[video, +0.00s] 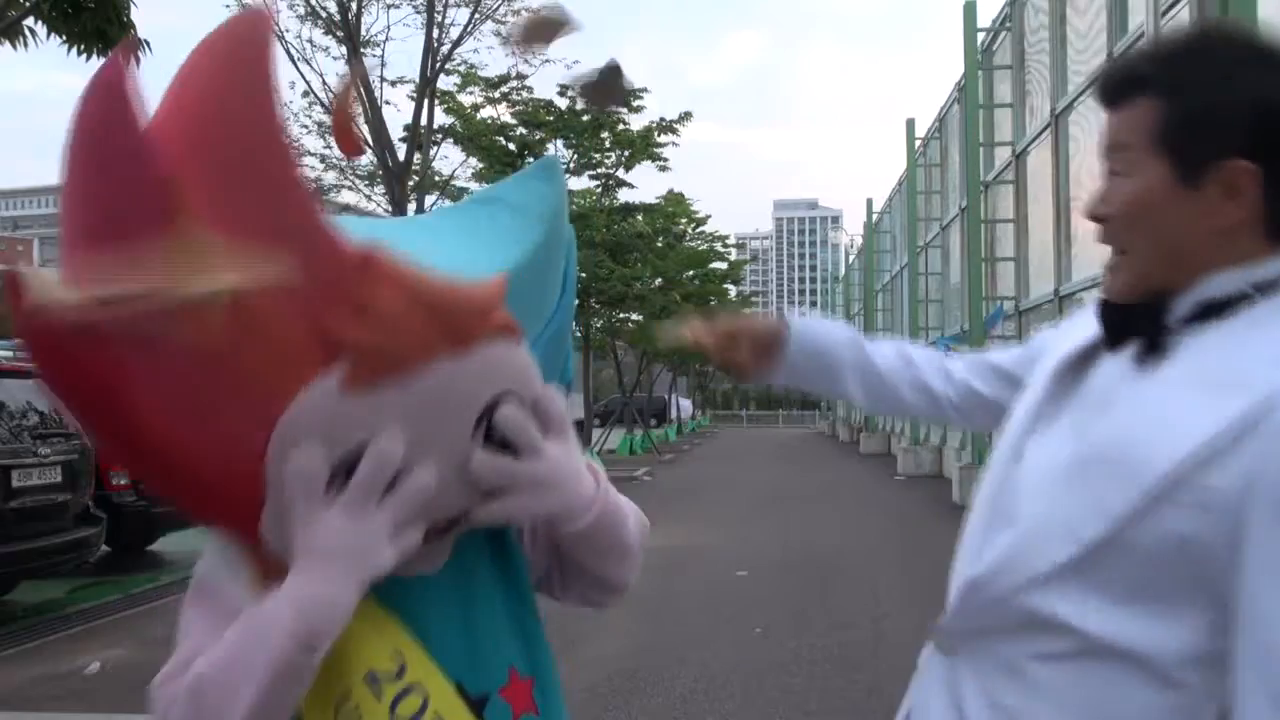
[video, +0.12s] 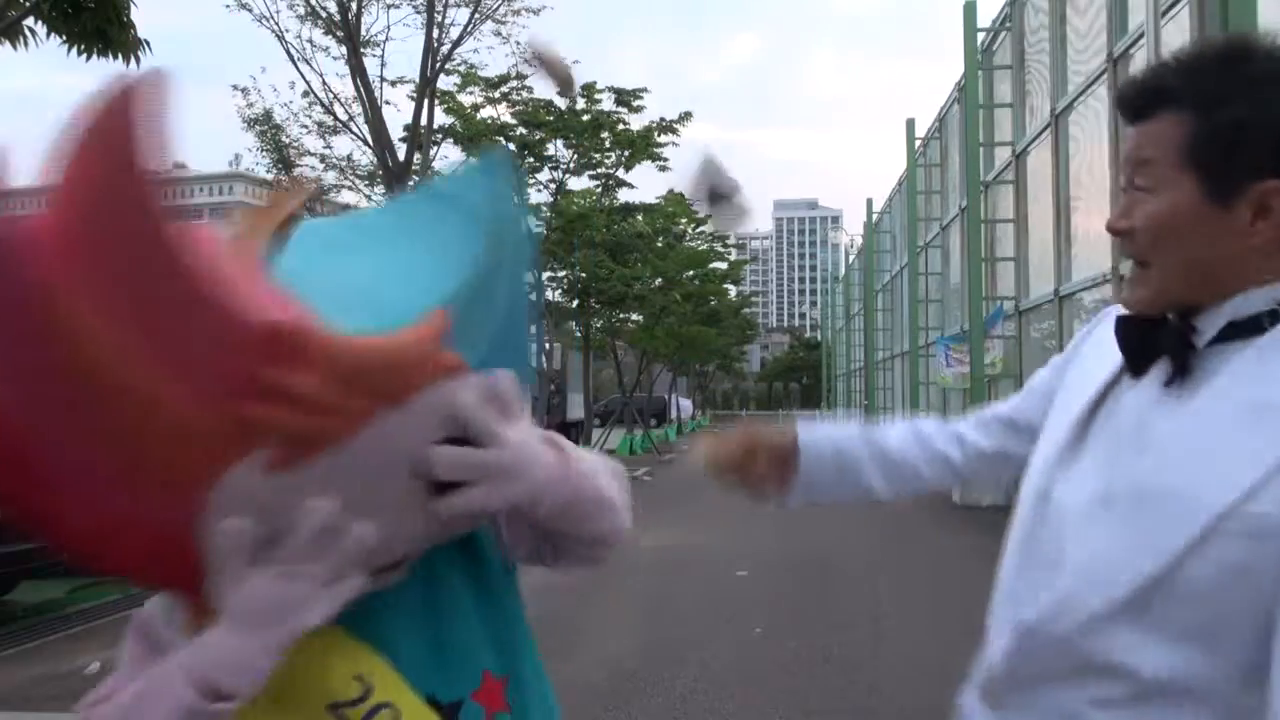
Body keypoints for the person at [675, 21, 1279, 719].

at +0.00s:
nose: (1093, 206)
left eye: (1120, 167)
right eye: (1103, 169)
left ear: (1232, 193)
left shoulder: (1265, 395)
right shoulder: (1102, 330)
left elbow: (1261, 694)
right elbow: (957, 385)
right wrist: (790, 346)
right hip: (943, 690)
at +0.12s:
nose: (1114, 220)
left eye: (1145, 186)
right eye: (1122, 189)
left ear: (1261, 212)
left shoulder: (1270, 394)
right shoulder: (1114, 338)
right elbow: (976, 448)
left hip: (1149, 703)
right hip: (993, 698)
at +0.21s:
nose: (1102, 225)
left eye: (1131, 190)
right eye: (1107, 192)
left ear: (1255, 211)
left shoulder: (1269, 376)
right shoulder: (1094, 347)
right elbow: (980, 488)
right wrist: (822, 536)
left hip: (1194, 704)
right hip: (1042, 697)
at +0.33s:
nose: (1090, 230)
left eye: (1118, 196)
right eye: (1088, 200)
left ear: (1238, 206)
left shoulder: (1269, 362)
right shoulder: (1078, 357)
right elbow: (989, 520)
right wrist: (866, 607)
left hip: (1236, 704)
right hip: (1080, 703)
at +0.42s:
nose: (1080, 251)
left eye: (1108, 219)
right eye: (1077, 223)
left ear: (1222, 223)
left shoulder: (1270, 367)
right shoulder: (1065, 384)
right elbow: (993, 558)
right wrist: (899, 667)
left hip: (1252, 704)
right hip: (1115, 705)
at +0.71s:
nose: (1118, 244)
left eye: (1144, 211)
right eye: (1111, 218)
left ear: (1254, 210)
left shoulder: (1274, 358)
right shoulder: (1107, 382)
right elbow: (1062, 568)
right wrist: (984, 693)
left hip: (1267, 701)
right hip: (1168, 705)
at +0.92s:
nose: (1155, 235)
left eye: (1185, 202)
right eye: (1148, 209)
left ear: (1274, 200)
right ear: (1139, 215)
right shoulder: (1133, 377)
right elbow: (1086, 572)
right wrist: (1014, 709)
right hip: (1185, 705)